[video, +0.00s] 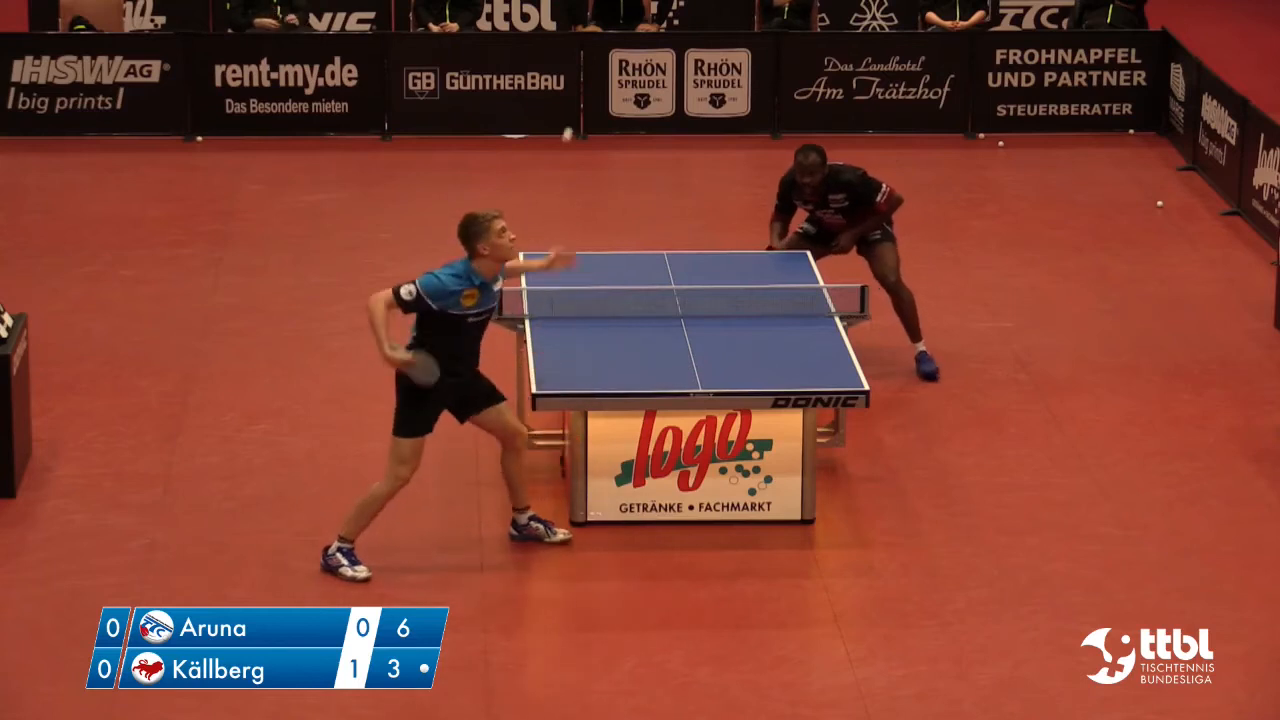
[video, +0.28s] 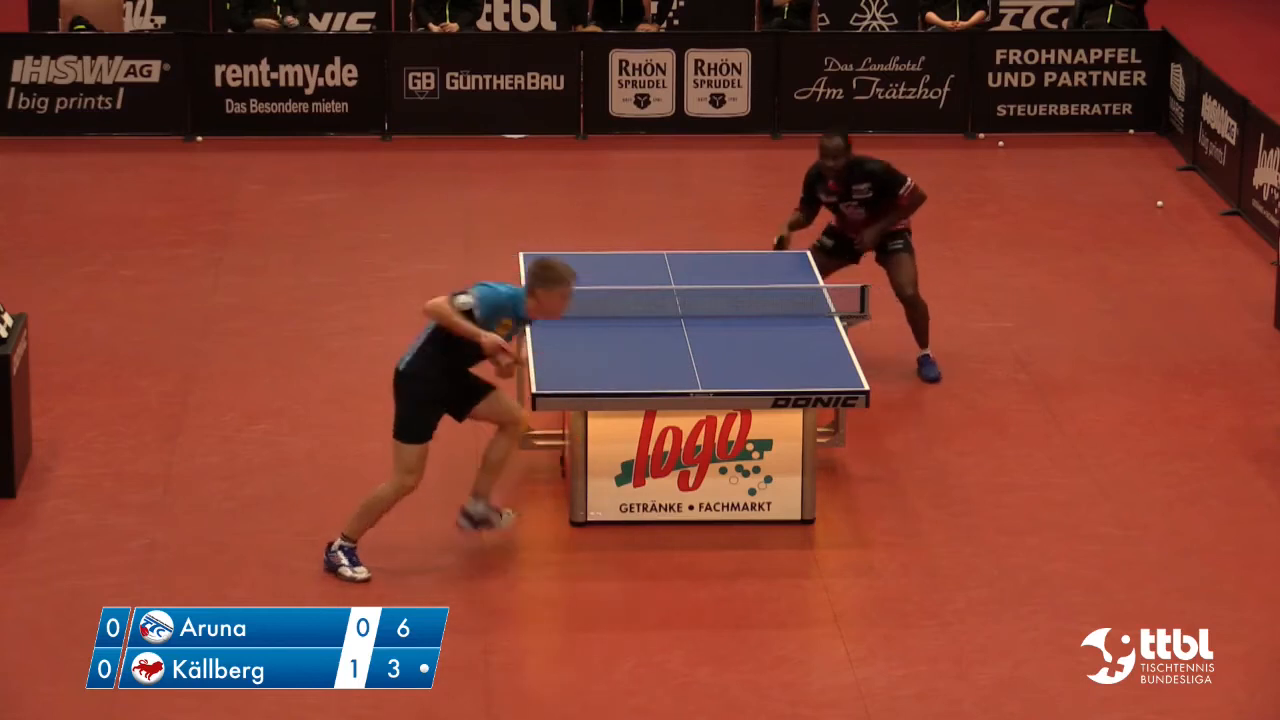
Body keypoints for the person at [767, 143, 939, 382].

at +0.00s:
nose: (806, 180)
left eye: (812, 174)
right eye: (801, 174)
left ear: (824, 170)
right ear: (794, 169)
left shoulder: (849, 178)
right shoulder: (790, 183)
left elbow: (893, 200)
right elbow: (781, 215)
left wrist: (854, 234)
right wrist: (776, 241)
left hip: (868, 226)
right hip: (823, 227)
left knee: (890, 281)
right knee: (780, 261)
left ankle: (921, 350)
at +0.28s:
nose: (831, 164)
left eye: (837, 157)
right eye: (825, 157)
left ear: (849, 154)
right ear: (819, 156)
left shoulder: (874, 170)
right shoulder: (815, 177)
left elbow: (916, 197)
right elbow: (807, 213)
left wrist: (877, 230)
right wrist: (787, 227)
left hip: (889, 231)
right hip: (844, 232)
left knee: (908, 294)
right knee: (799, 279)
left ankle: (925, 355)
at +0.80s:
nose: (809, 165)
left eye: (815, 158)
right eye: (806, 159)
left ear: (831, 151)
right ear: (801, 154)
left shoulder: (864, 159)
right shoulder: (804, 184)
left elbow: (911, 169)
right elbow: (793, 231)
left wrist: (911, 217)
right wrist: (768, 242)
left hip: (882, 239)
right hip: (838, 241)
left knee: (908, 307)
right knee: (799, 287)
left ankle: (941, 363)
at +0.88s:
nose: (795, 171)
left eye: (800, 164)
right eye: (791, 165)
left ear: (814, 156)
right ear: (786, 162)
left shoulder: (844, 160)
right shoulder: (787, 189)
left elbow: (888, 164)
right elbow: (781, 236)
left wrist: (898, 209)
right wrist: (766, 243)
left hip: (864, 239)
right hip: (820, 244)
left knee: (900, 303)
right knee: (791, 296)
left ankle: (939, 361)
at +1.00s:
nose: (774, 184)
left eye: (778, 177)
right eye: (767, 179)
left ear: (788, 167)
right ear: (760, 176)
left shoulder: (809, 165)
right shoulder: (760, 200)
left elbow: (844, 168)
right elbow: (766, 239)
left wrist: (860, 210)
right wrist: (764, 249)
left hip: (834, 247)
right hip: (797, 261)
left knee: (879, 302)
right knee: (791, 318)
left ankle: (928, 362)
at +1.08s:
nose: (762, 183)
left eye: (765, 176)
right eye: (755, 178)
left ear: (775, 166)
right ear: (747, 176)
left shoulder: (792, 165)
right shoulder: (744, 202)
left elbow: (823, 168)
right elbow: (753, 244)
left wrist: (839, 212)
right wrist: (758, 243)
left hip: (817, 246)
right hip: (784, 261)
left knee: (860, 300)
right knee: (785, 318)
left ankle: (910, 360)